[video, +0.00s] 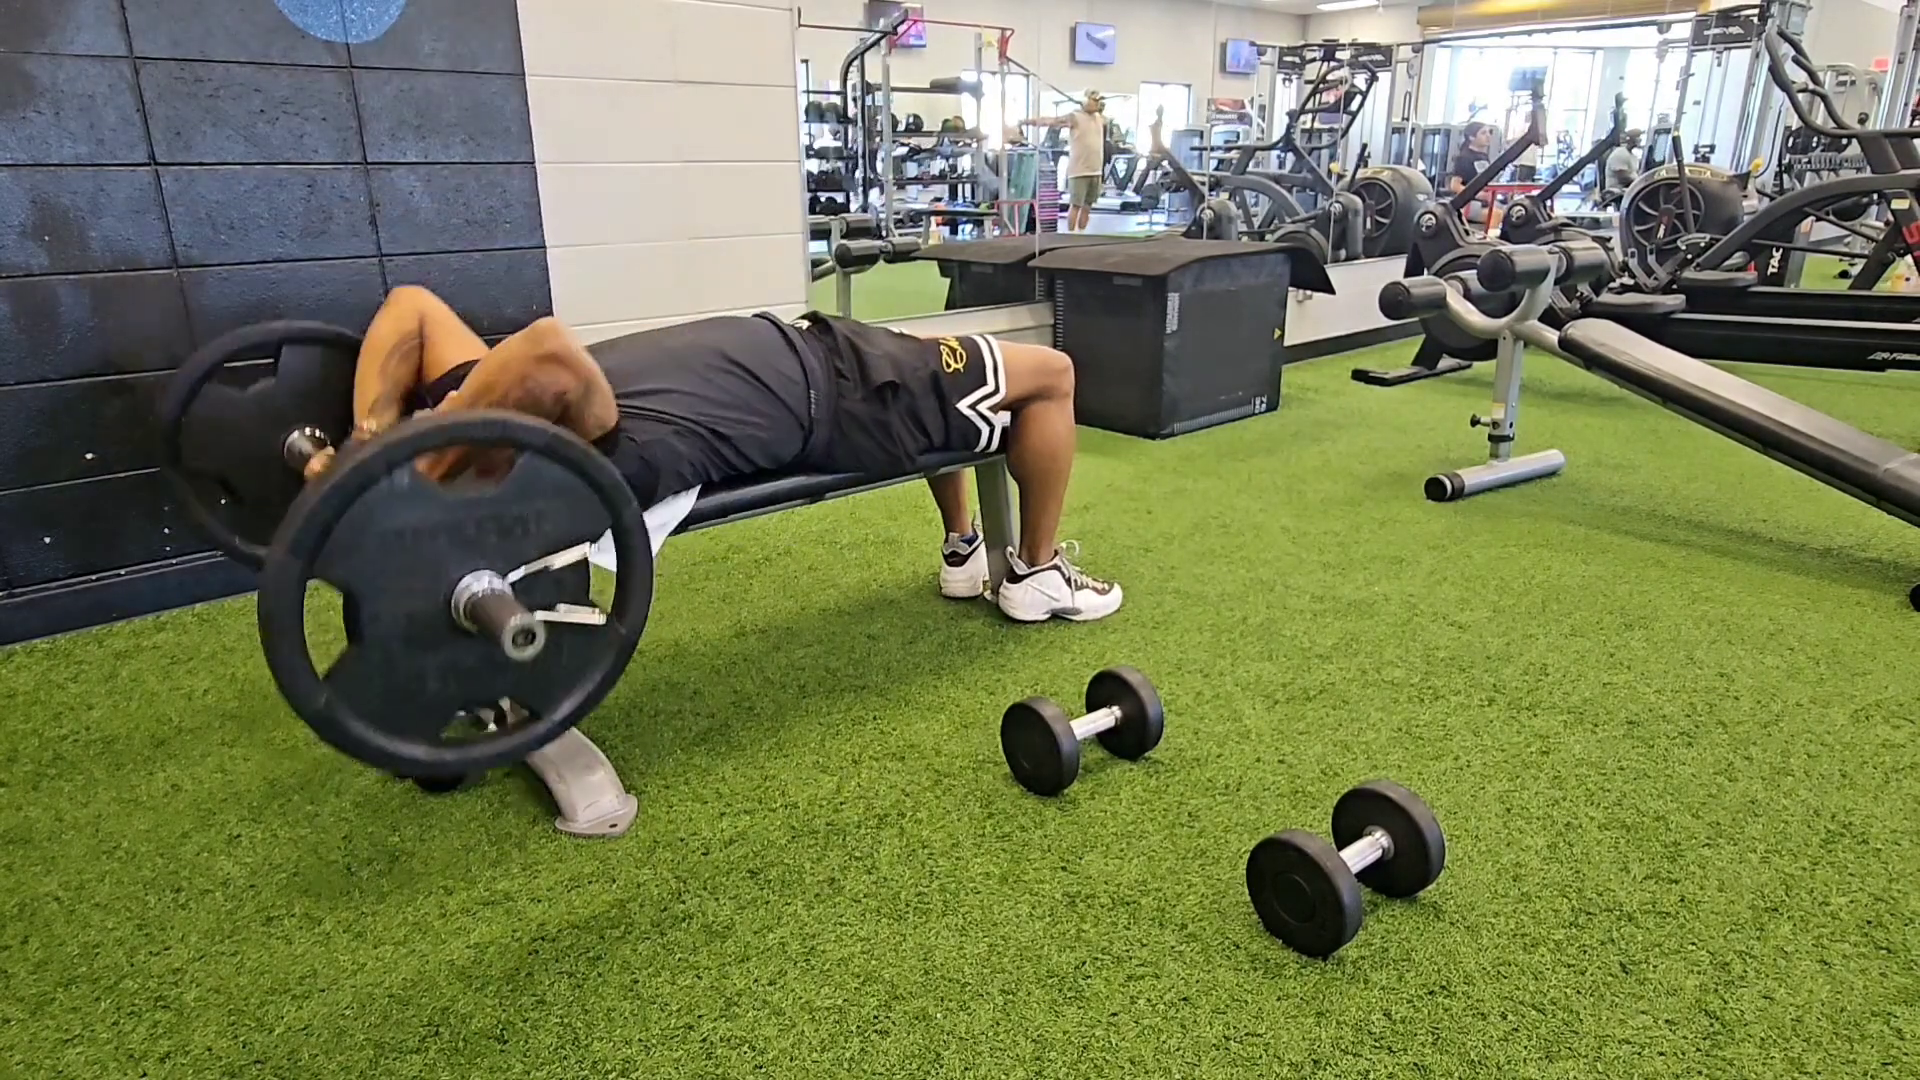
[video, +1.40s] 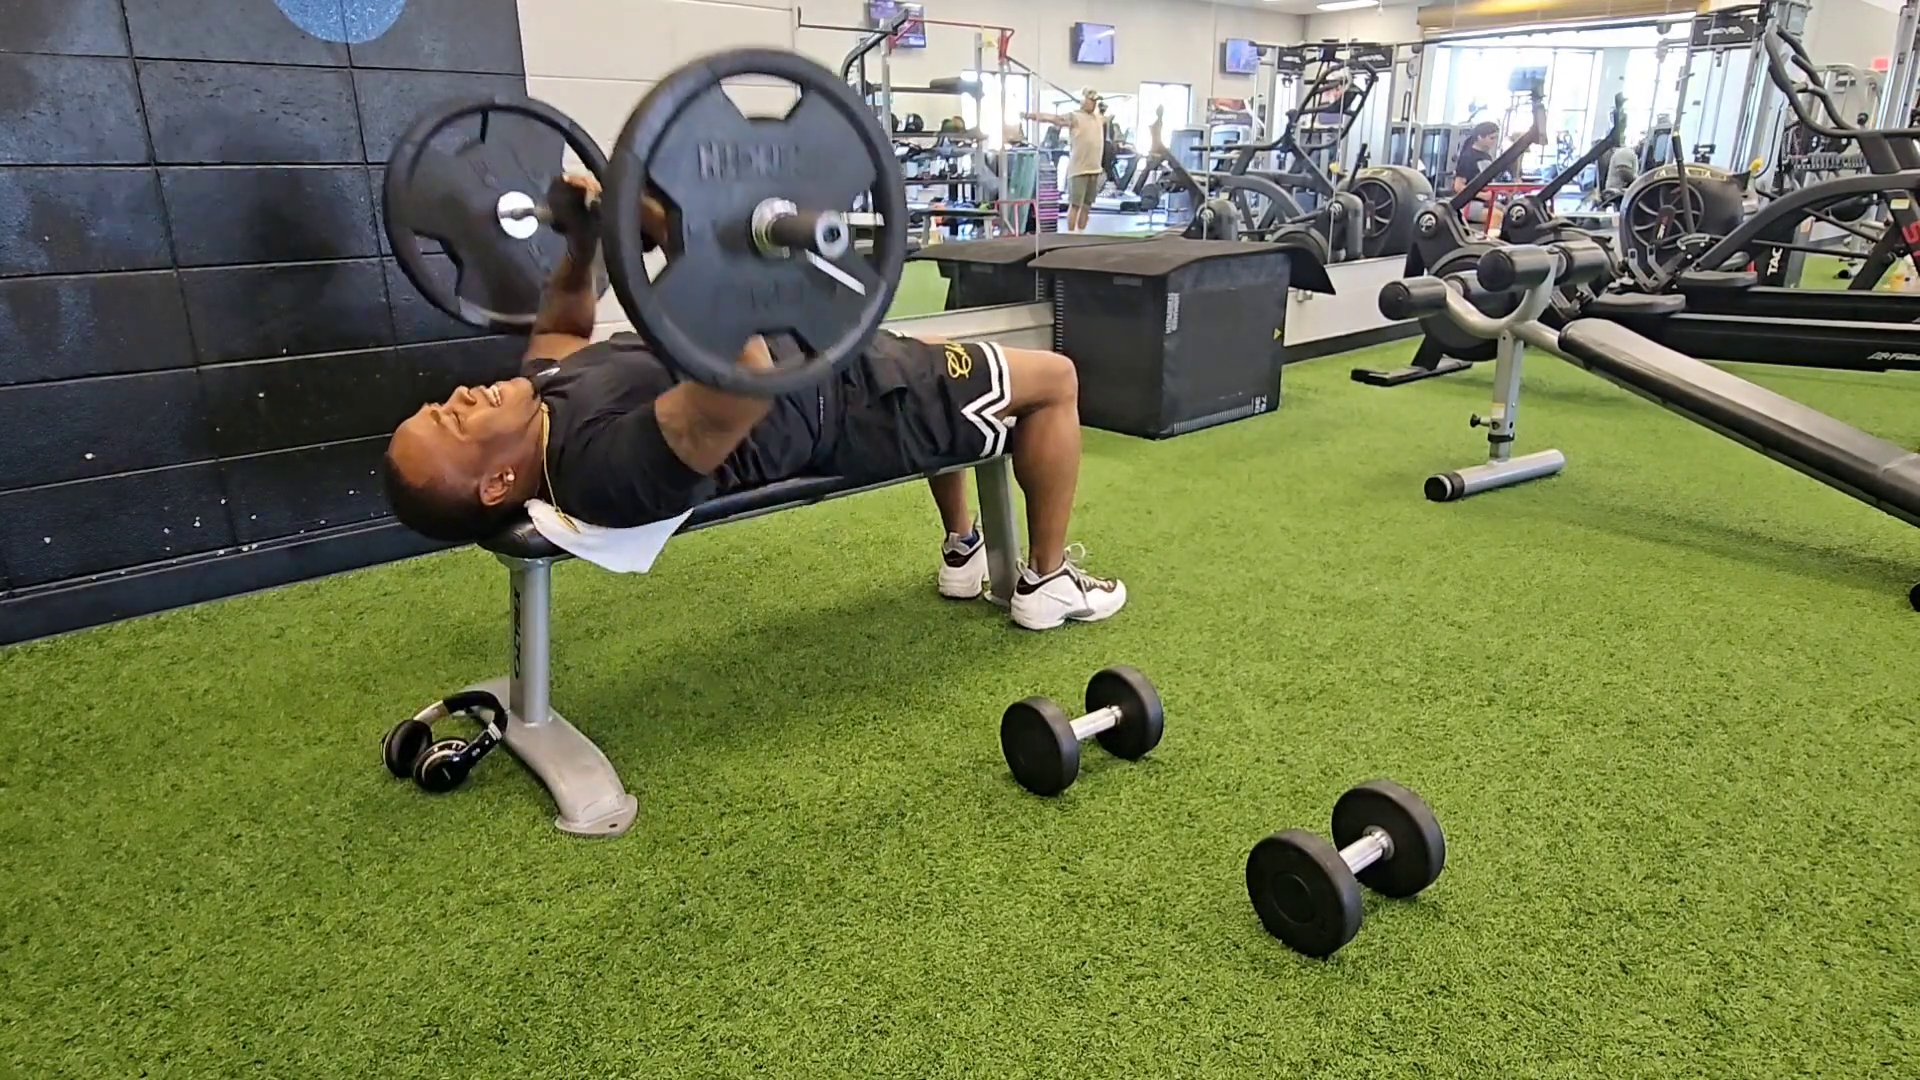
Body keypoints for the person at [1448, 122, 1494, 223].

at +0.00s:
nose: (1488, 136)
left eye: (1488, 132)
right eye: (1483, 133)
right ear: (1471, 137)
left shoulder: (1484, 156)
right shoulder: (1464, 157)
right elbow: (1455, 185)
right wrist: (1480, 195)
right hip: (1469, 203)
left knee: (1508, 212)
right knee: (1496, 215)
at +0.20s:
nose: (1489, 136)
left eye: (1490, 132)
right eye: (1485, 133)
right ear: (1473, 137)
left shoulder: (1485, 156)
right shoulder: (1465, 157)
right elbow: (1454, 185)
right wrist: (1478, 195)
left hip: (1488, 201)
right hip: (1469, 202)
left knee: (1508, 212)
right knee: (1496, 215)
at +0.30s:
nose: (1490, 136)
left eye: (1490, 132)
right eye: (1485, 133)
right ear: (1473, 137)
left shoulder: (1485, 155)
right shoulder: (1465, 156)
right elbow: (1454, 185)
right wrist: (1479, 195)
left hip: (1488, 201)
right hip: (1469, 203)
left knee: (1509, 212)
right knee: (1496, 215)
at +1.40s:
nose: (1494, 141)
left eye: (1496, 138)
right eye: (1492, 138)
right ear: (1480, 137)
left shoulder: (1487, 156)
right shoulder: (1467, 156)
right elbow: (1458, 186)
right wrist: (1483, 195)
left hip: (1488, 201)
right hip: (1470, 202)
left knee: (1507, 212)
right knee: (1496, 215)